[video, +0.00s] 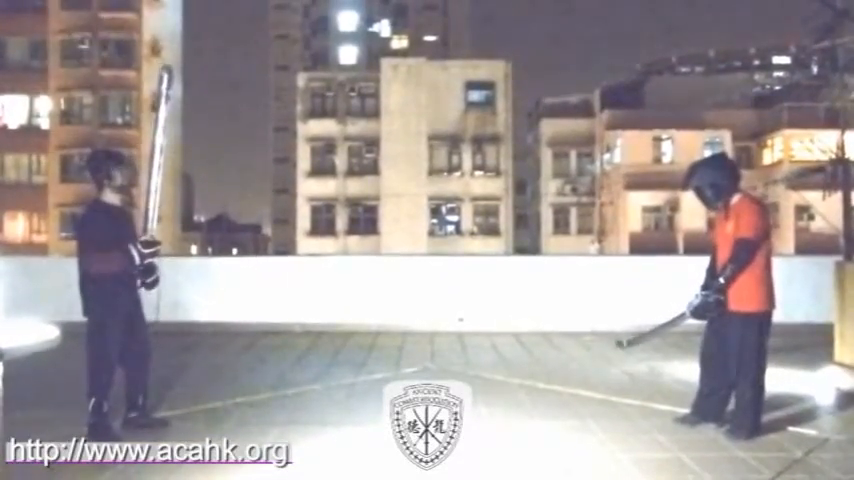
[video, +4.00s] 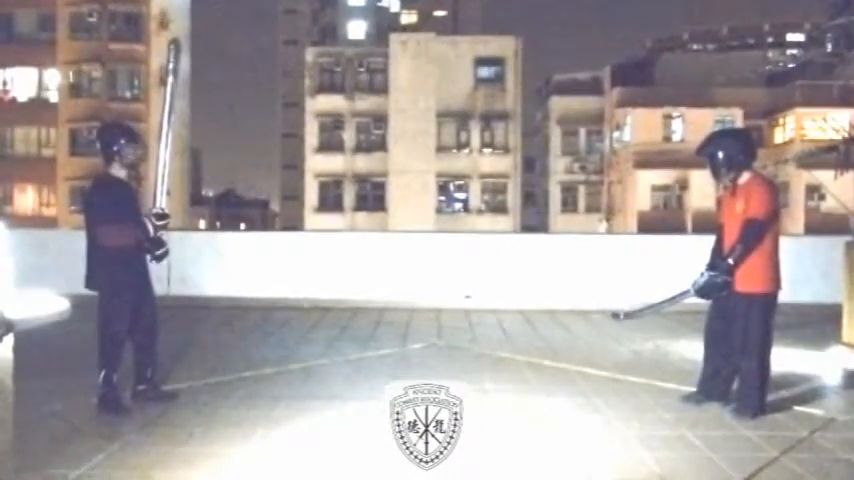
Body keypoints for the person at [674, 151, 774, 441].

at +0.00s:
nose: (702, 197)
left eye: (703, 190)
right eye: (699, 192)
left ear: (717, 185)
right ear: (718, 186)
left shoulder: (749, 208)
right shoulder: (722, 214)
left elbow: (744, 251)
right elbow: (717, 259)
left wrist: (718, 287)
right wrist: (706, 290)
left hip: (751, 303)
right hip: (726, 301)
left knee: (747, 365)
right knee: (715, 358)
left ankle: (745, 421)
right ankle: (707, 410)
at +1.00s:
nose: (724, 182)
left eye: (727, 174)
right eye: (722, 175)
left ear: (743, 170)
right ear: (736, 172)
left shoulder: (772, 198)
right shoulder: (741, 204)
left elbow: (767, 243)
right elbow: (738, 248)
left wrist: (740, 280)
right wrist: (727, 280)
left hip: (773, 295)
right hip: (747, 293)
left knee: (771, 357)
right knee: (736, 350)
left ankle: (769, 414)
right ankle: (731, 403)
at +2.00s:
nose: (720, 187)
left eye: (723, 180)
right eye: (719, 181)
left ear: (739, 178)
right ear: (736, 179)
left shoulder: (768, 206)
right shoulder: (737, 210)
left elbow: (762, 249)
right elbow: (732, 253)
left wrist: (735, 284)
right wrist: (721, 285)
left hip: (765, 301)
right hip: (740, 298)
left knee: (762, 362)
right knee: (727, 354)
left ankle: (759, 419)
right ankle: (720, 407)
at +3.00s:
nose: (708, 186)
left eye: (711, 178)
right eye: (707, 179)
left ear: (727, 177)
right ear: (721, 179)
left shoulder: (755, 207)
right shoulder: (724, 210)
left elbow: (748, 251)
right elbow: (719, 253)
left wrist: (721, 286)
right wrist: (708, 284)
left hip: (752, 299)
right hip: (726, 297)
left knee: (749, 360)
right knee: (715, 353)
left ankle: (746, 417)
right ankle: (708, 405)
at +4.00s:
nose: (712, 169)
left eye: (715, 161)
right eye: (711, 162)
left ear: (731, 159)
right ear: (725, 161)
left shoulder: (760, 189)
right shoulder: (727, 193)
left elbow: (754, 232)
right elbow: (723, 236)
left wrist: (726, 267)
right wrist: (712, 268)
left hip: (756, 283)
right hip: (731, 280)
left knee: (752, 344)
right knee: (719, 336)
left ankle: (750, 401)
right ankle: (712, 388)